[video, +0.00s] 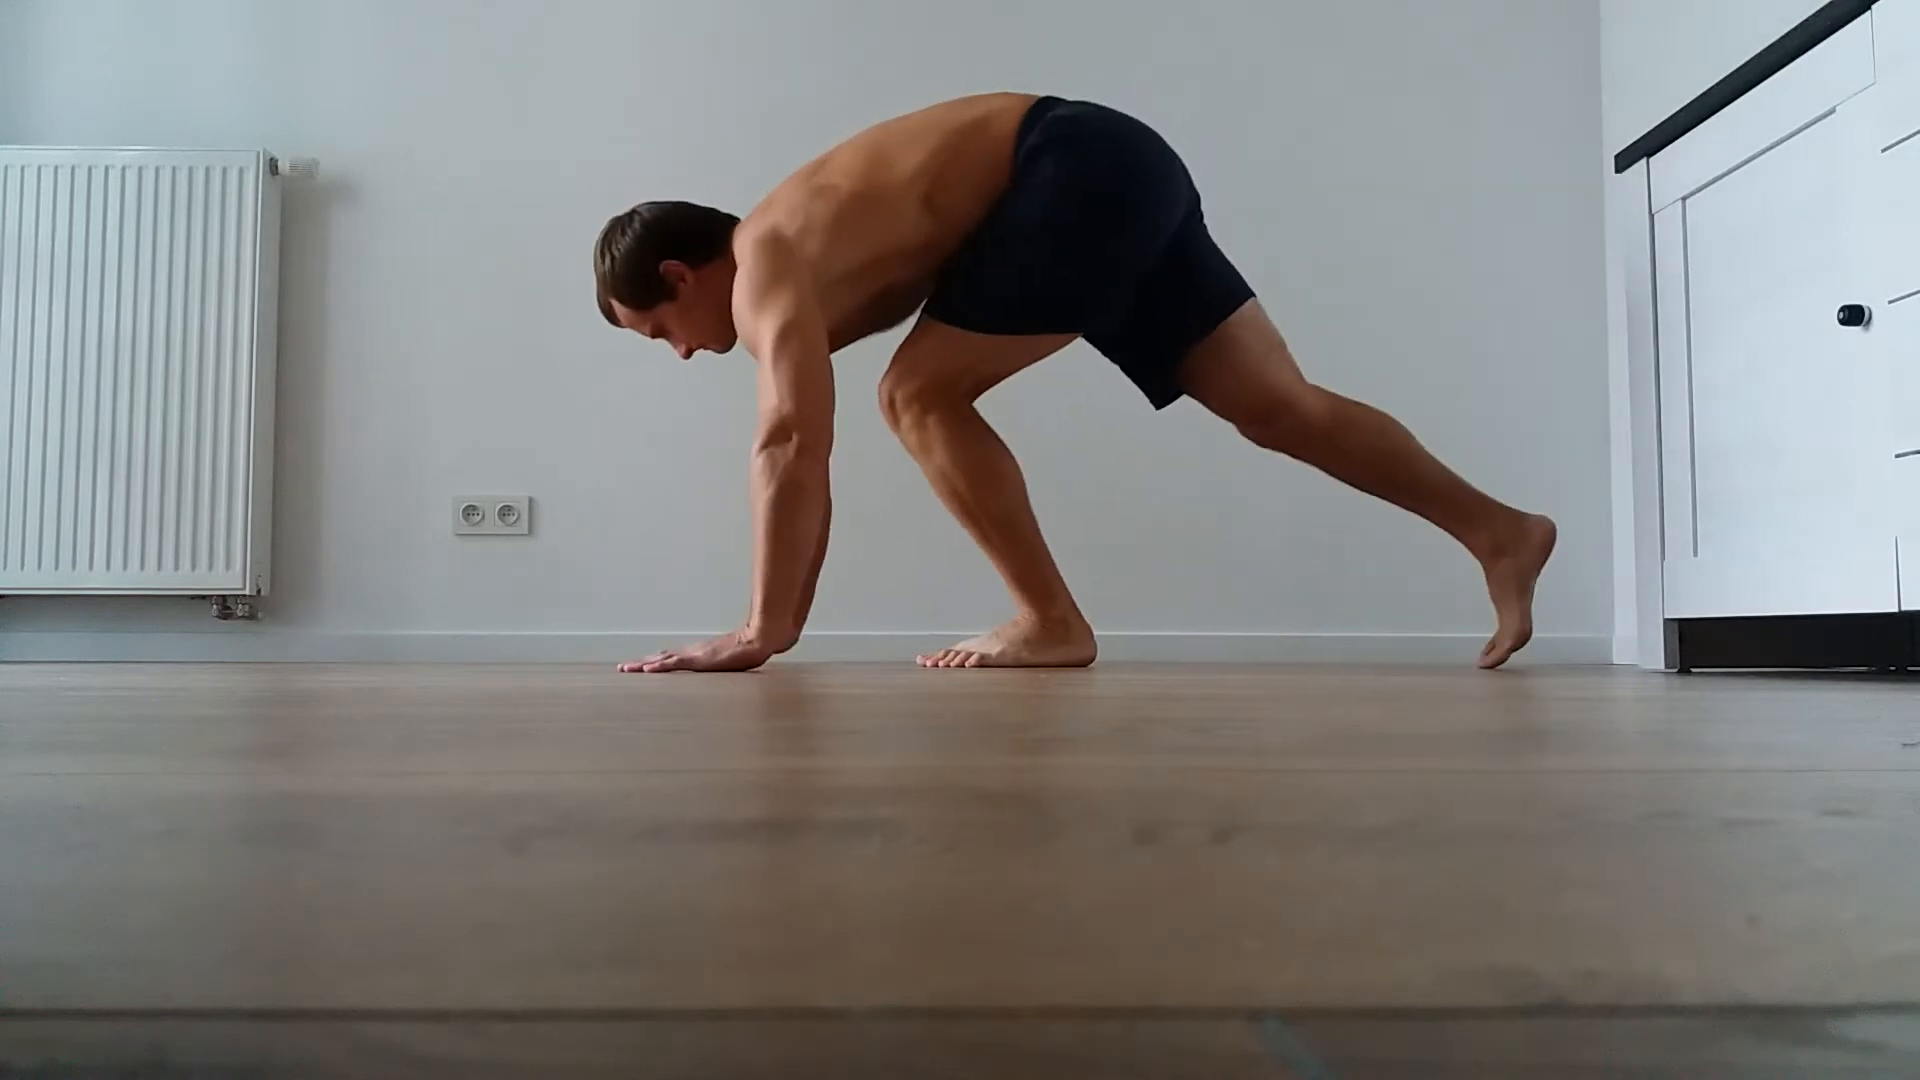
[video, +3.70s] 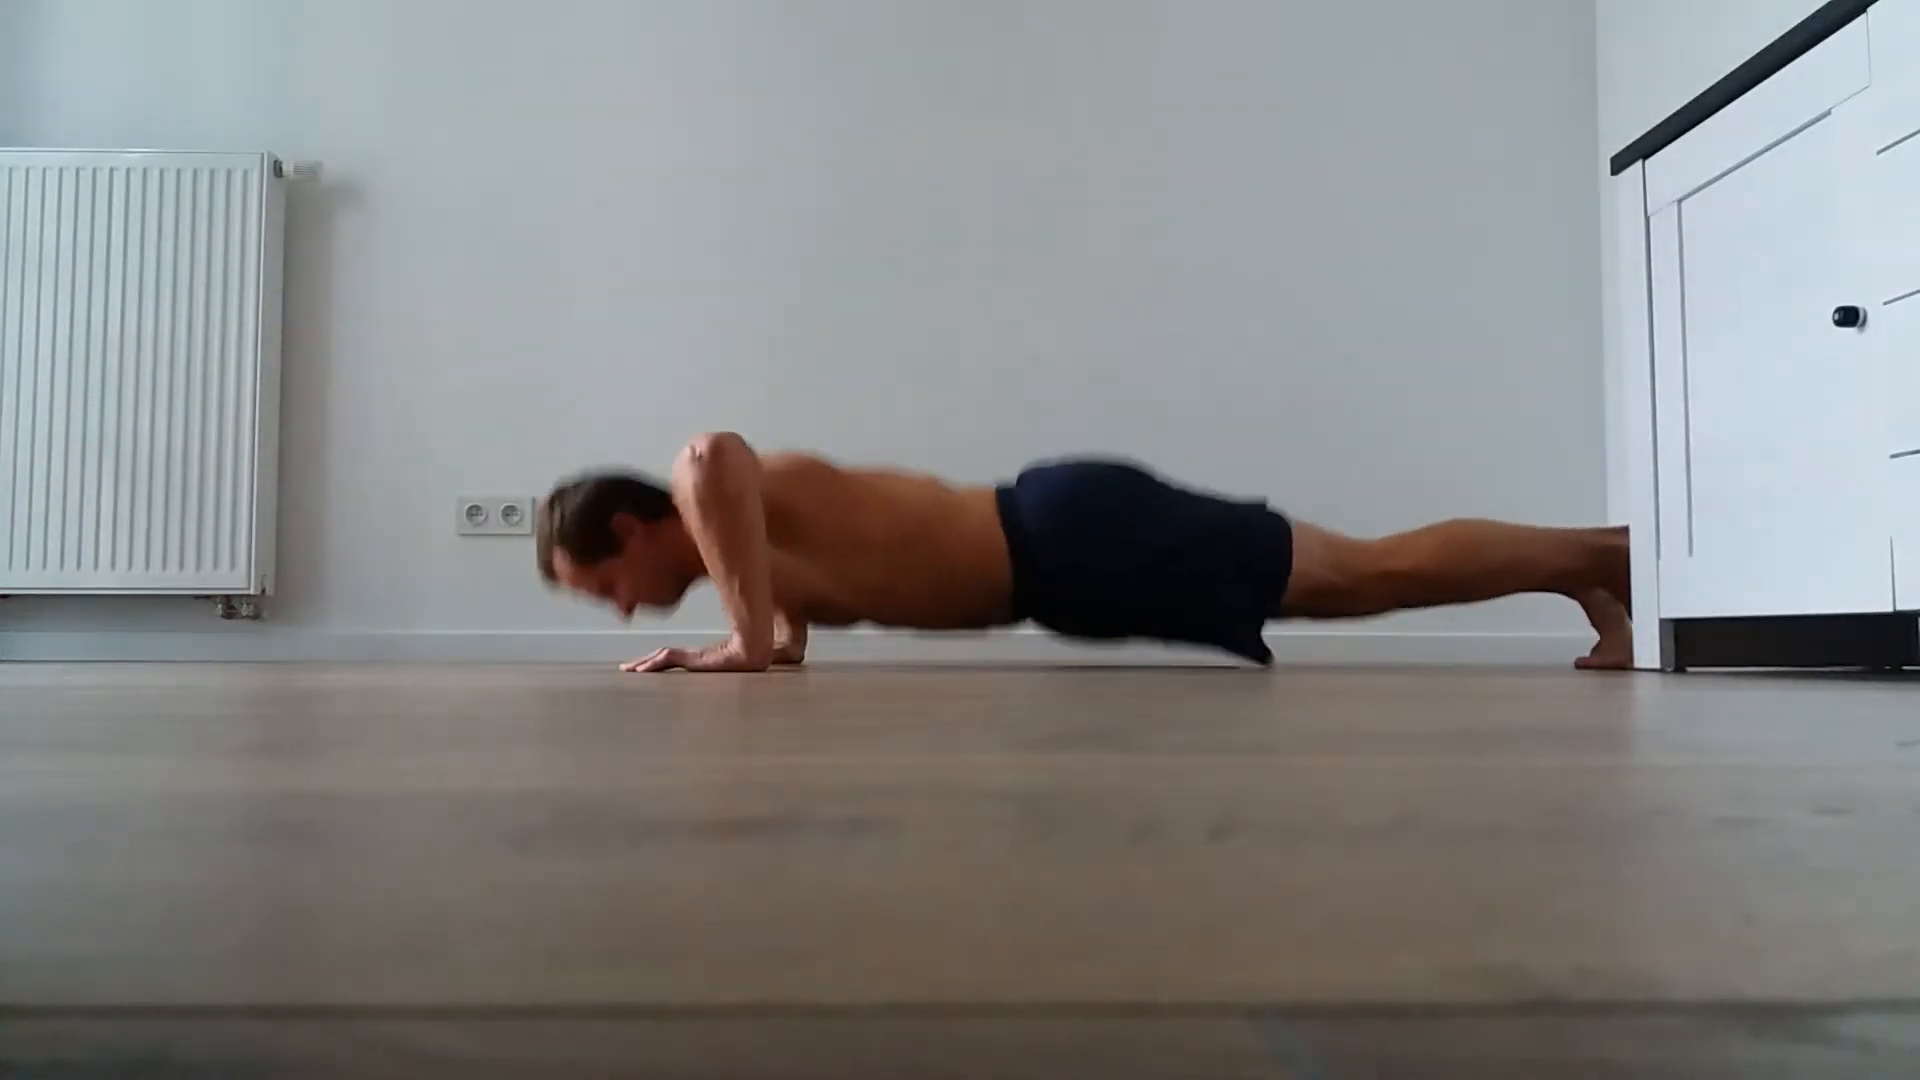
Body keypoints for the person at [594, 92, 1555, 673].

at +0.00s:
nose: (673, 349)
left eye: (657, 329)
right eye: (655, 336)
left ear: (684, 279)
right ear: (697, 265)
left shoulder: (769, 276)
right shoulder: (779, 259)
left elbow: (784, 451)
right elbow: (805, 460)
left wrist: (766, 631)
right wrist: (779, 628)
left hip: (1079, 179)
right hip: (1118, 171)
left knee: (924, 393)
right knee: (1281, 410)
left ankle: (1048, 621)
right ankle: (1500, 533)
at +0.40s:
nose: (688, 364)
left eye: (672, 344)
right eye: (671, 352)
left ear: (699, 288)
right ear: (707, 284)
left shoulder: (795, 265)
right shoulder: (800, 279)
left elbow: (774, 459)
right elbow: (805, 481)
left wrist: (762, 634)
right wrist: (790, 641)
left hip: (1096, 236)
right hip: (1110, 247)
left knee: (912, 384)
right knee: (1305, 450)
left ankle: (1089, 575)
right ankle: (1527, 558)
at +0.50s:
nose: (679, 364)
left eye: (663, 345)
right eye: (662, 353)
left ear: (689, 288)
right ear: (698, 288)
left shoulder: (789, 267)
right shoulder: (796, 293)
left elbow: (768, 461)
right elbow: (797, 476)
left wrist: (762, 631)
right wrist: (794, 637)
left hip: (1101, 237)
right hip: (1102, 260)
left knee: (1045, 454)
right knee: (1301, 454)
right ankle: (1522, 557)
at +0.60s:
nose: (668, 363)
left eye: (653, 344)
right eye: (651, 352)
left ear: (675, 289)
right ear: (682, 283)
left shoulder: (780, 272)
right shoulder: (779, 287)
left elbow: (774, 468)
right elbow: (779, 475)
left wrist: (763, 637)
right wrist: (788, 641)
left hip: (1087, 260)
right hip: (1080, 278)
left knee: (1209, 491)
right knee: (1281, 455)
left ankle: (1436, 481)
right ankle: (1515, 562)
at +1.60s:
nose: (635, 419)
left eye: (621, 400)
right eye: (619, 410)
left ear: (647, 345)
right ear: (653, 348)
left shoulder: (753, 323)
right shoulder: (763, 338)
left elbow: (762, 470)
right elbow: (789, 490)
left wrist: (756, 636)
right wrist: (788, 635)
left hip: (1084, 404)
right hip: (1079, 405)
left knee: (1346, 511)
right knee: (1344, 504)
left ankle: (1599, 557)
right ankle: (1590, 555)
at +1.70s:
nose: (632, 522)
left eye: (615, 502)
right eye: (616, 511)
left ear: (631, 444)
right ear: (647, 445)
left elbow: (758, 461)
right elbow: (811, 525)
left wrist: (761, 633)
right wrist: (780, 645)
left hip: (1075, 467)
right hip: (1066, 481)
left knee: (1346, 544)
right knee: (1341, 544)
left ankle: (1598, 557)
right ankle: (1587, 556)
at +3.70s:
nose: (622, 609)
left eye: (608, 590)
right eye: (603, 599)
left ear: (630, 541)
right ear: (632, 546)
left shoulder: (723, 502)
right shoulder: (734, 516)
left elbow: (709, 462)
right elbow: (798, 610)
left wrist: (765, 637)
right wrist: (736, 647)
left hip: (1064, 542)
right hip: (1054, 544)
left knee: (1357, 575)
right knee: (1352, 572)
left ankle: (1593, 559)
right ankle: (1587, 560)